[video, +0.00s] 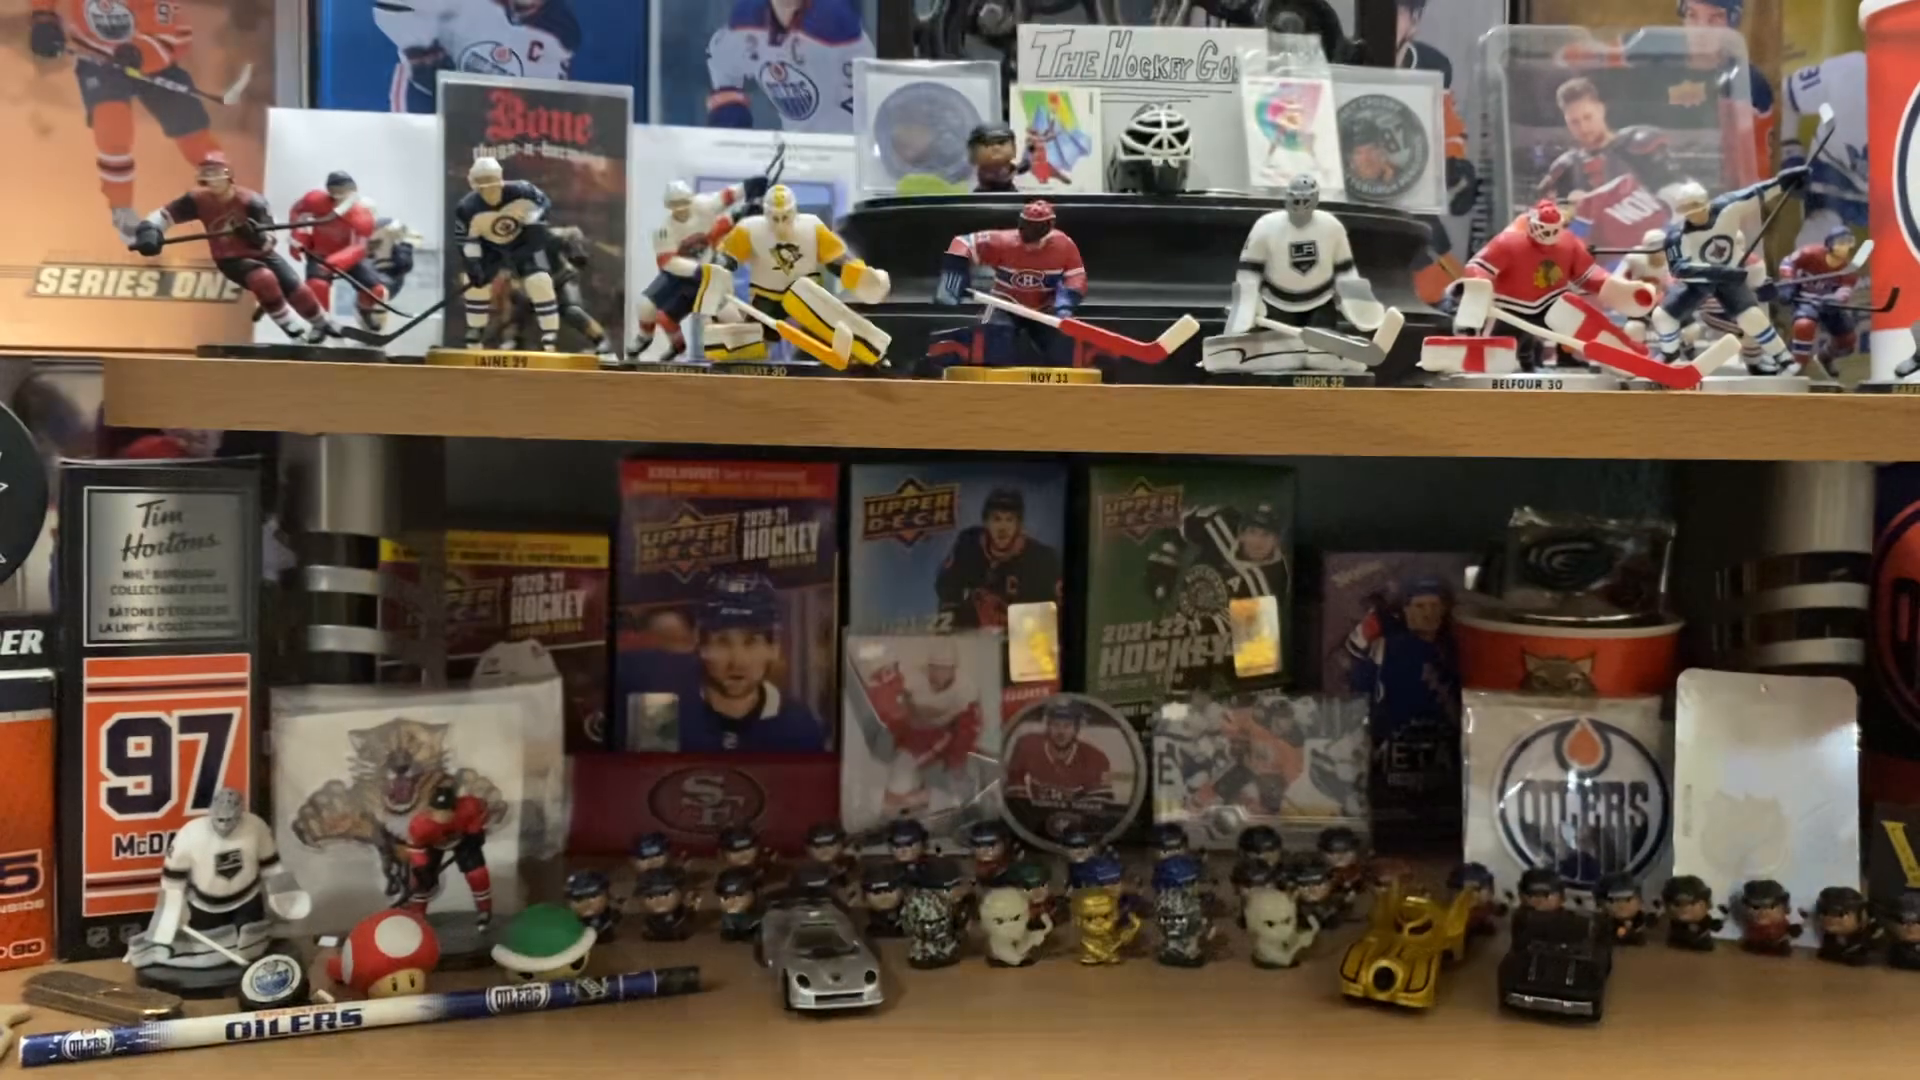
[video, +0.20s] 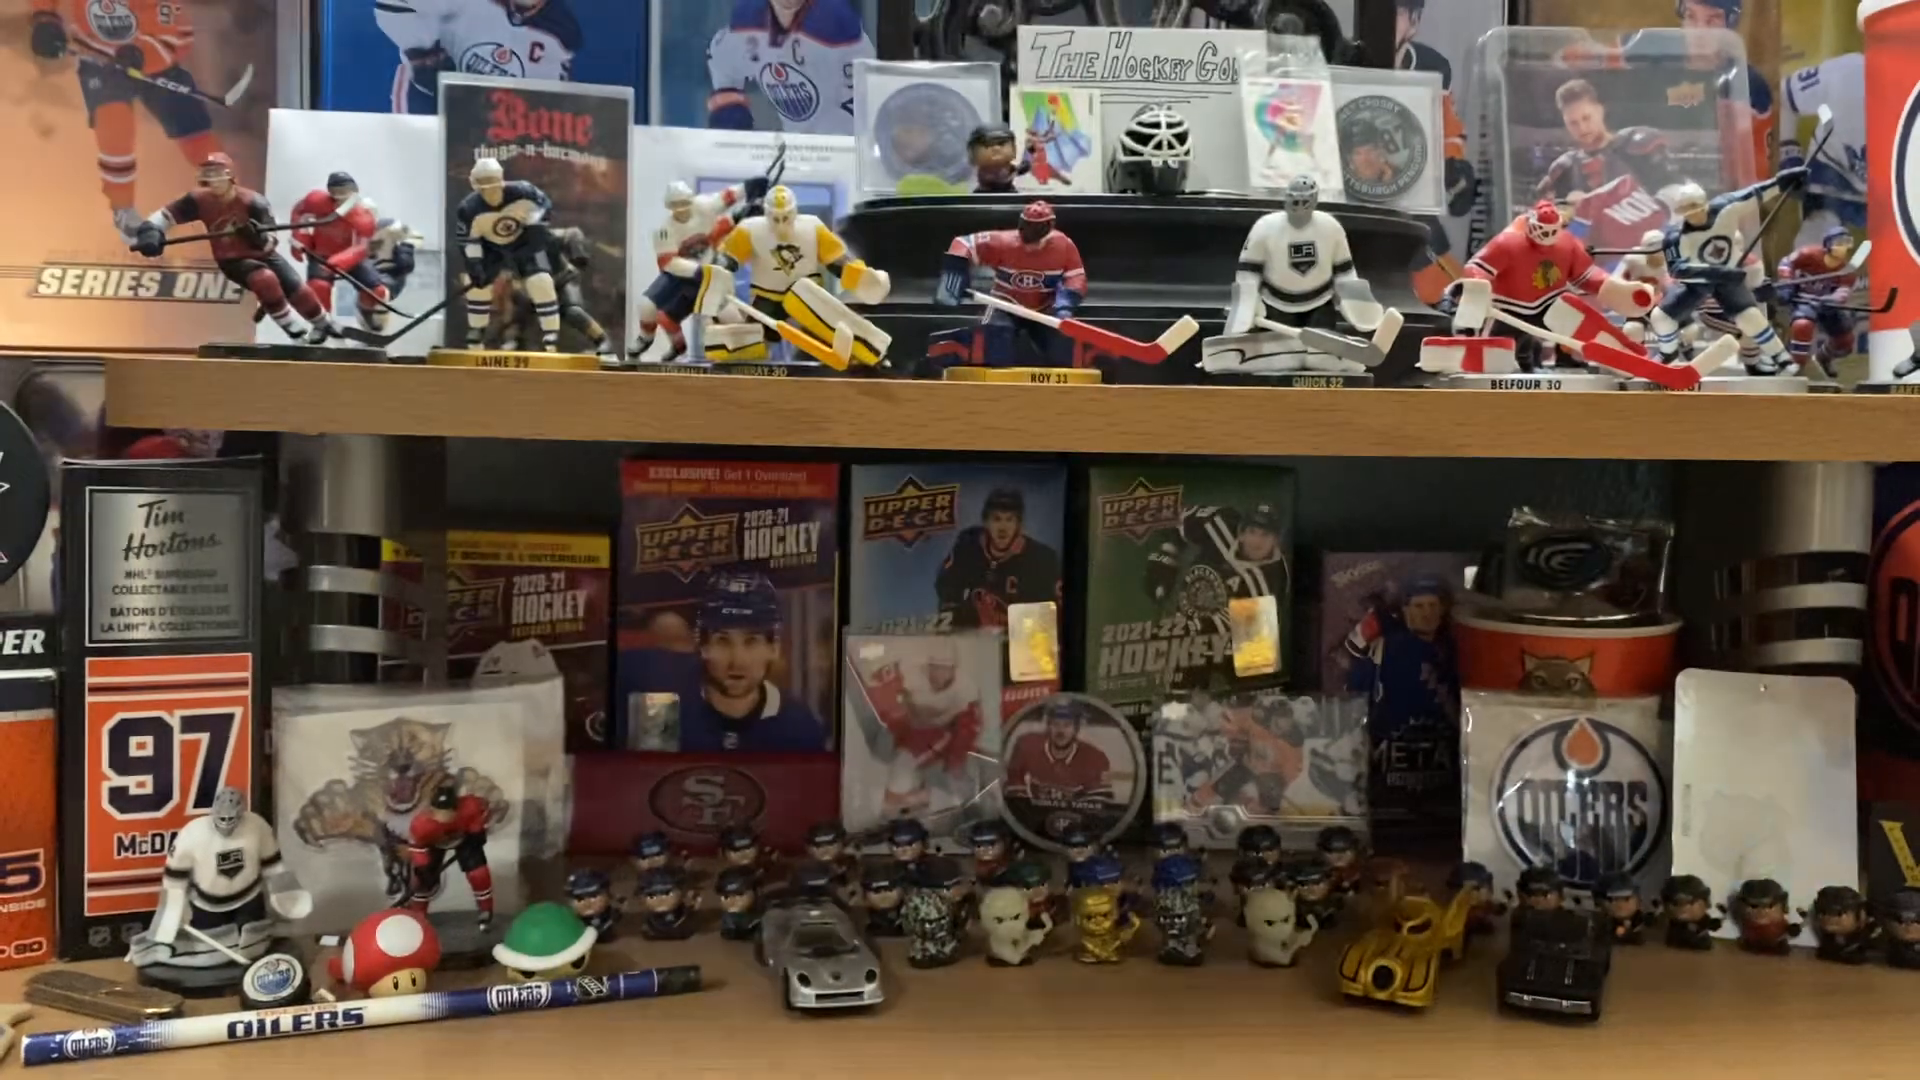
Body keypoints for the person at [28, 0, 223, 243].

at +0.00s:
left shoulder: (158, 6)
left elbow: (176, 38)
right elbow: (44, 3)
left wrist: (140, 53)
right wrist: (44, 20)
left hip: (154, 60)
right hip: (97, 59)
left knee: (196, 139)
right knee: (114, 130)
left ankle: (228, 203)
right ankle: (123, 212)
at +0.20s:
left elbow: (180, 36)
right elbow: (45, 3)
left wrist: (141, 52)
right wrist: (45, 19)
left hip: (157, 59)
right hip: (99, 57)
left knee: (200, 144)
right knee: (116, 125)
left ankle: (233, 207)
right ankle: (124, 212)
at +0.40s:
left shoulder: (159, 6)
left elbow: (176, 38)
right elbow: (46, 3)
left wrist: (141, 54)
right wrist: (46, 19)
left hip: (154, 58)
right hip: (99, 59)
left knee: (197, 132)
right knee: (116, 125)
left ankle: (230, 210)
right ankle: (125, 212)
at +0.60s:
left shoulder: (158, 6)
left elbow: (179, 37)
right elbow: (46, 4)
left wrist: (142, 54)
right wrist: (46, 21)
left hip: (153, 58)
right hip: (98, 59)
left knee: (196, 126)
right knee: (117, 125)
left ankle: (228, 208)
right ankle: (125, 211)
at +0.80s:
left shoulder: (160, 6)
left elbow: (178, 37)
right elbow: (46, 2)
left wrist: (142, 54)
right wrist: (46, 19)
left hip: (154, 58)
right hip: (99, 59)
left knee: (197, 127)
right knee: (117, 124)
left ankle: (229, 207)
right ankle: (125, 211)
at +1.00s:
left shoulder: (160, 7)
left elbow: (175, 38)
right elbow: (46, 2)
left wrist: (141, 53)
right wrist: (47, 19)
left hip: (155, 59)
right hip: (99, 61)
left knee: (197, 132)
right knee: (118, 128)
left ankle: (231, 206)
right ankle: (125, 211)